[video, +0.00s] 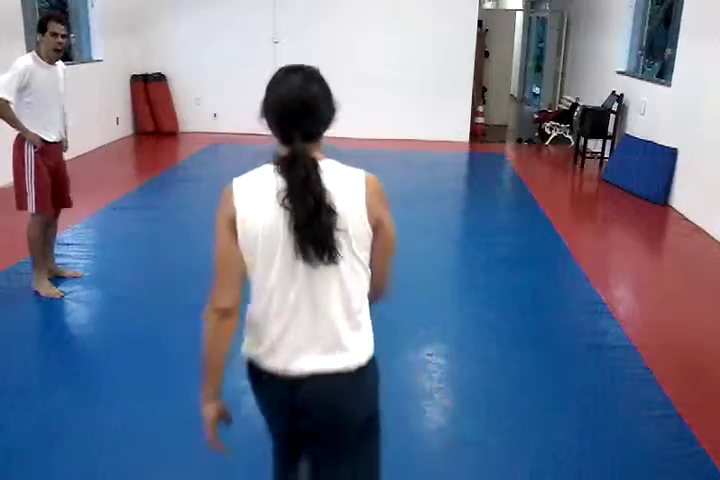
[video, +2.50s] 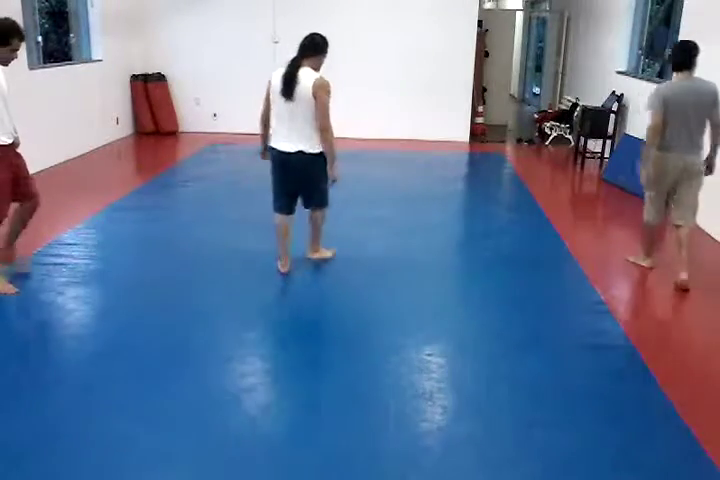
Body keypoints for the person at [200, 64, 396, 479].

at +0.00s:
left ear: (270, 122)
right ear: (327, 118)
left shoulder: (240, 195)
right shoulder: (365, 189)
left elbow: (224, 307)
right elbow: (377, 287)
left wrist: (211, 396)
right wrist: (328, 297)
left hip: (273, 376)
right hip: (345, 378)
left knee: (287, 459)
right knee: (348, 468)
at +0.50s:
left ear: (272, 96)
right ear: (317, 95)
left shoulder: (251, 152)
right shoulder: (345, 151)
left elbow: (230, 230)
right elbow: (371, 226)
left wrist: (221, 266)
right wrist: (394, 288)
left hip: (276, 290)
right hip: (330, 287)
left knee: (286, 392)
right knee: (319, 357)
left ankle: (299, 473)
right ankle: (309, 413)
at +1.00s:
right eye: (301, 76)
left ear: (269, 80)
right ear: (306, 80)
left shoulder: (252, 126)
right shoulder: (330, 122)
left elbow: (248, 192)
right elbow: (342, 184)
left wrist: (246, 246)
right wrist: (336, 224)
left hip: (272, 236)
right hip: (317, 236)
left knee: (273, 292)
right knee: (312, 316)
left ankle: (272, 343)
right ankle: (308, 401)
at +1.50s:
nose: (291, 71)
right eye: (294, 66)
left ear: (265, 65)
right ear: (295, 68)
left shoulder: (245, 101)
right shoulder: (312, 103)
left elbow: (230, 153)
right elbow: (324, 156)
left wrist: (219, 180)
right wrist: (332, 202)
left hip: (260, 199)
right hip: (299, 199)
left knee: (266, 267)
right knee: (296, 251)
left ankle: (275, 340)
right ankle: (293, 293)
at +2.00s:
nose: (307, 63)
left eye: (305, 58)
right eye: (307, 58)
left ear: (281, 56)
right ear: (306, 59)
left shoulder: (260, 89)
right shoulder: (317, 89)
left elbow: (255, 137)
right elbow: (329, 137)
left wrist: (253, 177)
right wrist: (336, 165)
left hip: (272, 173)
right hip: (304, 174)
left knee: (273, 223)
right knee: (298, 236)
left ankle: (275, 264)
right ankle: (289, 294)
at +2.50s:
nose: (323, 62)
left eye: (323, 57)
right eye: (323, 57)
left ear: (301, 51)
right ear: (318, 56)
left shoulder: (277, 77)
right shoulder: (319, 83)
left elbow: (265, 116)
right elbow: (323, 127)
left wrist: (264, 144)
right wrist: (332, 161)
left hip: (280, 153)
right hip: (310, 156)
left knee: (283, 210)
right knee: (317, 205)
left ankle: (283, 260)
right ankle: (315, 248)